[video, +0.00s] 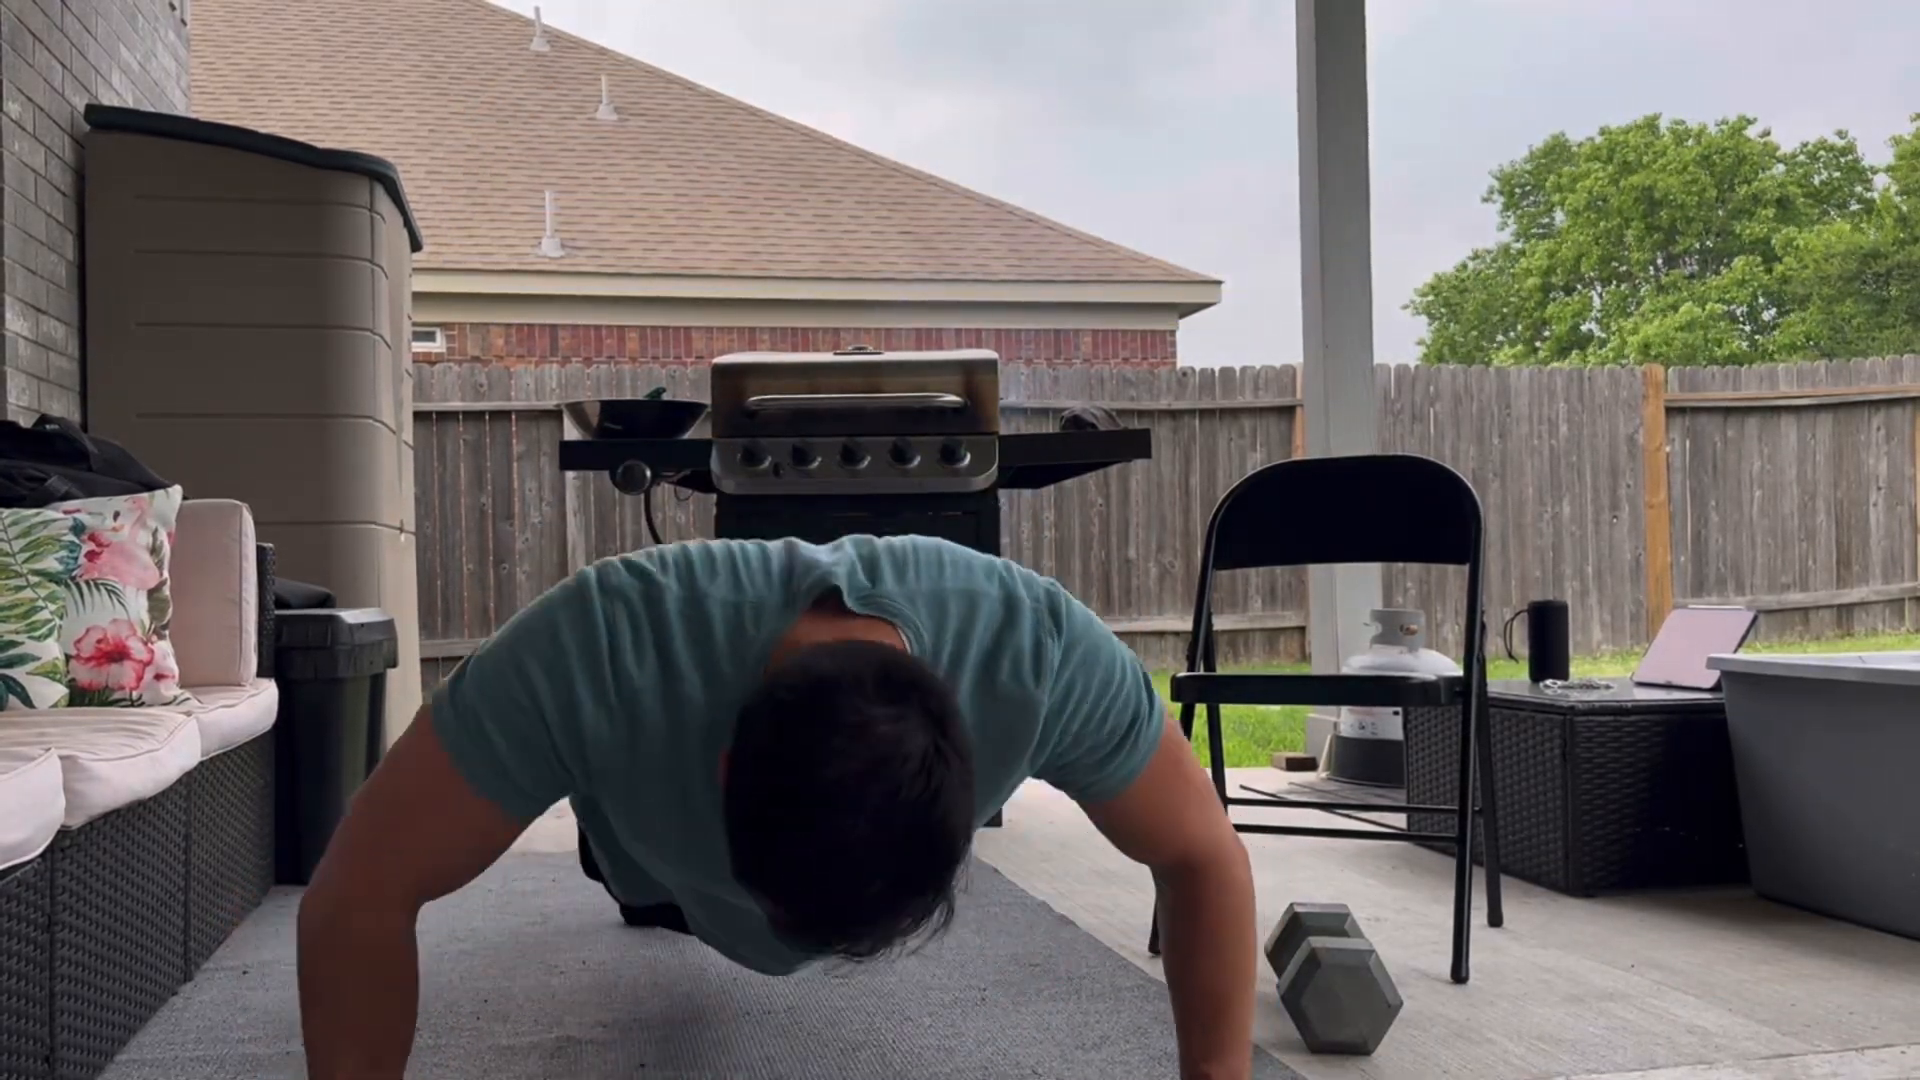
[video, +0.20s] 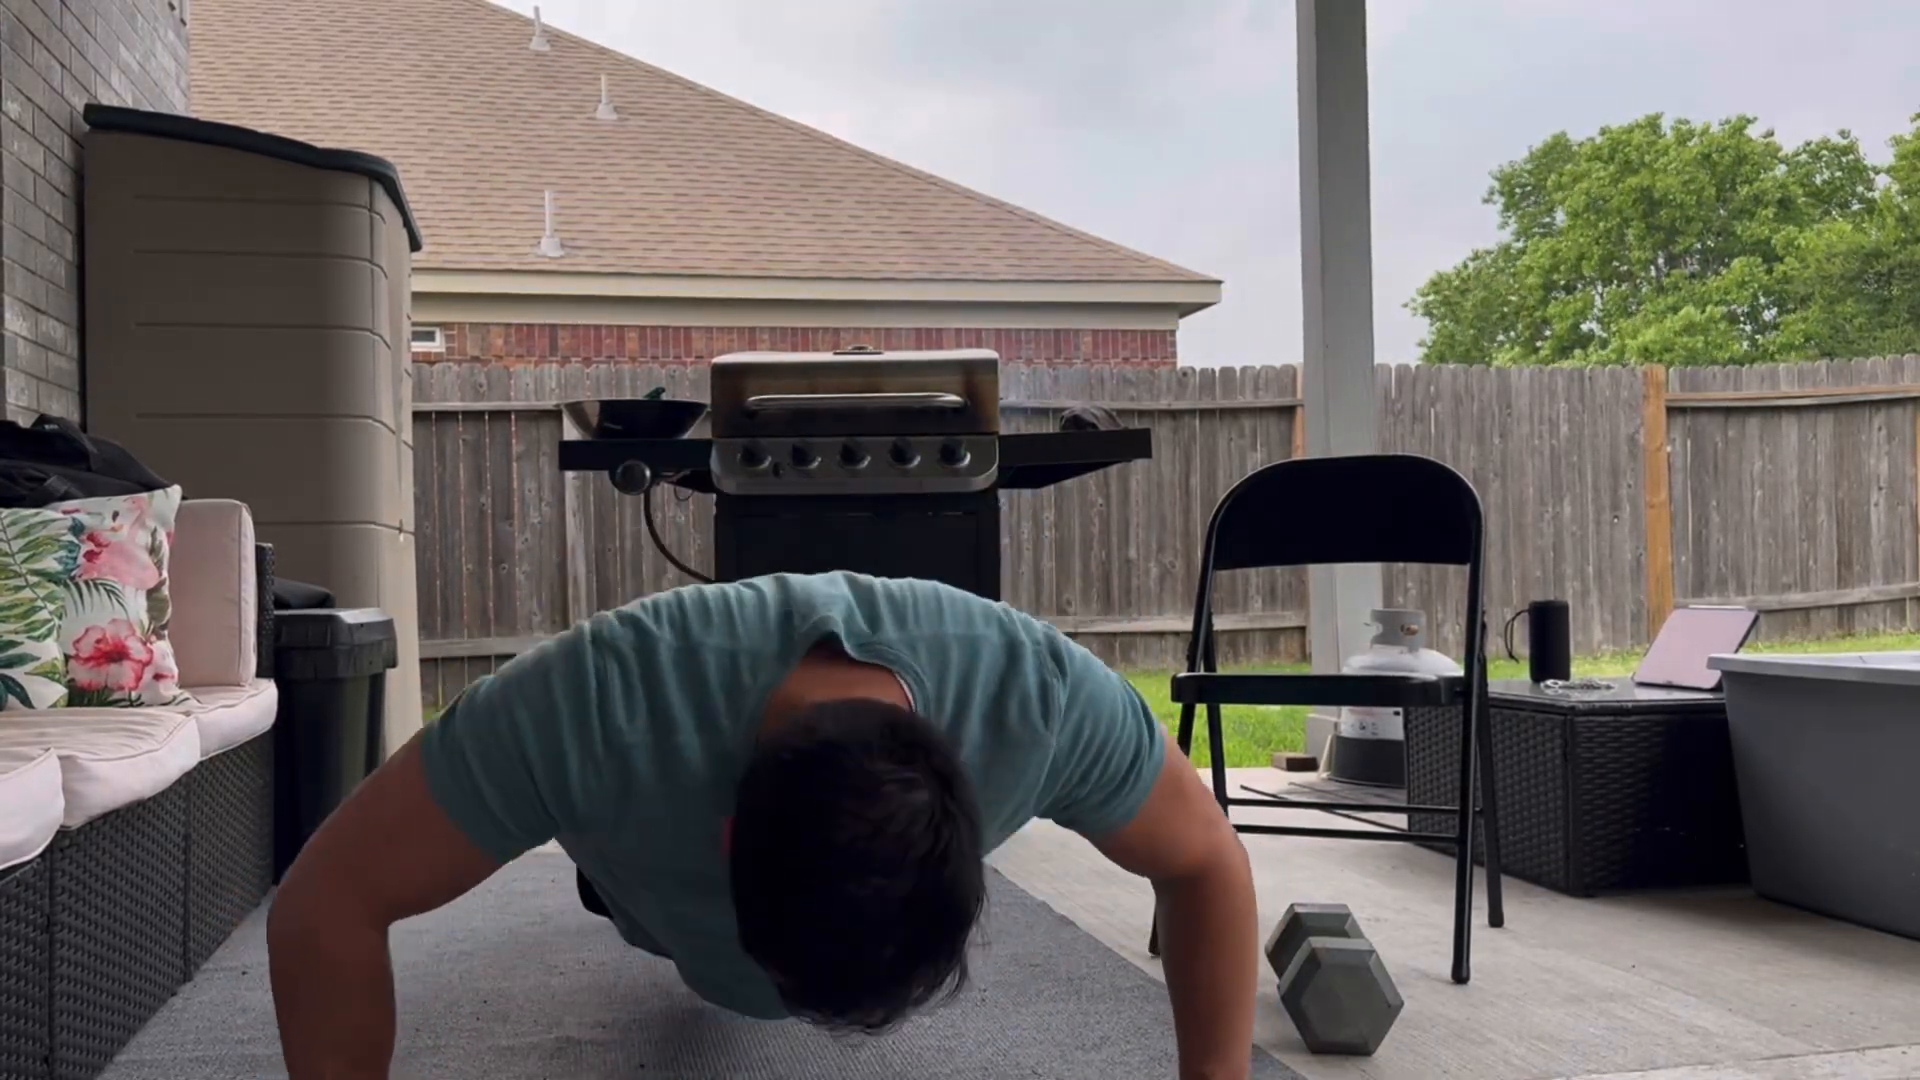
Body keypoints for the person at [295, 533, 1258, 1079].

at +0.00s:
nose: (821, 949)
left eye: (868, 934)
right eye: (789, 927)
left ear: (961, 806)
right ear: (726, 768)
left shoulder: (1040, 655)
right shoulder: (595, 648)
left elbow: (1203, 863)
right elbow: (358, 898)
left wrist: (1216, 1071)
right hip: (658, 818)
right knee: (655, 878)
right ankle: (636, 867)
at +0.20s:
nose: (827, 1004)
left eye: (873, 992)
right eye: (790, 971)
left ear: (966, 839)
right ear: (731, 830)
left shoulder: (1038, 698)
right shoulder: (590, 711)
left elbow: (1208, 867)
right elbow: (325, 909)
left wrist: (1215, 1072)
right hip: (662, 881)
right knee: (682, 943)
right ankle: (628, 894)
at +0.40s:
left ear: (930, 1035)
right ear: (742, 1031)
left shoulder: (1042, 875)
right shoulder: (596, 898)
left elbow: (1245, 867)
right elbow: (277, 927)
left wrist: (1224, 1070)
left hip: (944, 817)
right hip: (695, 825)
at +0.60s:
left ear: (939, 1024)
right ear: (743, 1025)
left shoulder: (1043, 858)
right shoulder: (602, 887)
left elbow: (1242, 869)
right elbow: (281, 926)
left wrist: (1223, 1077)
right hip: (665, 818)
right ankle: (448, 802)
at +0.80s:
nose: (812, 961)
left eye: (863, 946)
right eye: (778, 934)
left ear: (957, 807)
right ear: (723, 786)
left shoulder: (1039, 664)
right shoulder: (589, 660)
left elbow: (1201, 863)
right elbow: (347, 903)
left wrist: (1214, 1069)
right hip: (674, 871)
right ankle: (625, 839)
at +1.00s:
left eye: (879, 1039)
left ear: (961, 867)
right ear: (729, 871)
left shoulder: (1038, 730)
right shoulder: (586, 735)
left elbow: (1217, 869)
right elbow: (306, 916)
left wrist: (1219, 1071)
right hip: (656, 883)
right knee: (657, 937)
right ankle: (660, 924)